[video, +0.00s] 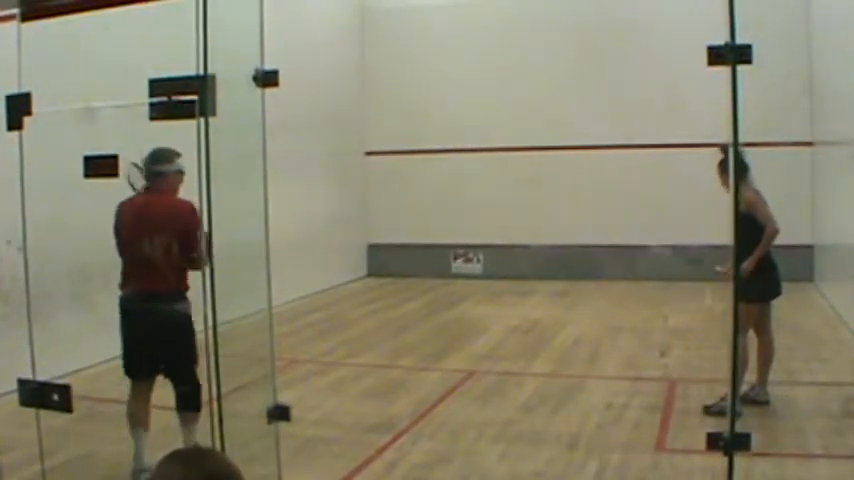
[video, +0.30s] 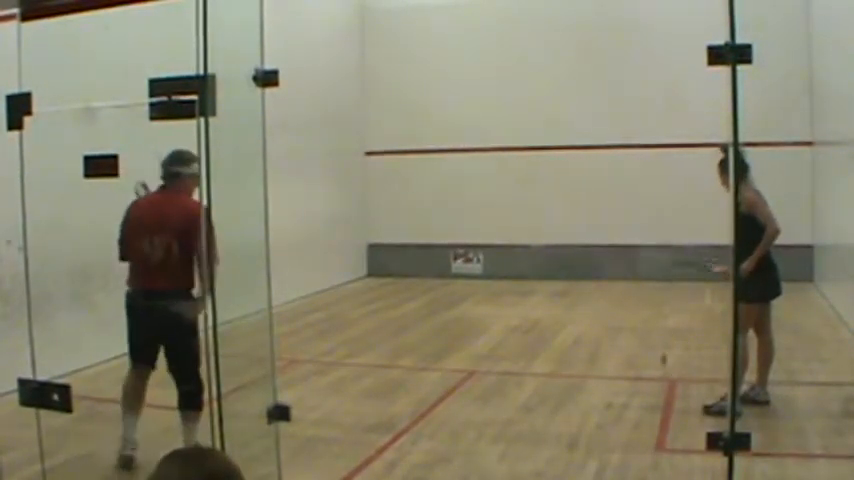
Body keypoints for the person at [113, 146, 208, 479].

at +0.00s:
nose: (181, 180)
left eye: (179, 175)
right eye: (179, 175)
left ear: (147, 176)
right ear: (175, 177)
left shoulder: (125, 209)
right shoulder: (185, 210)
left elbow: (126, 251)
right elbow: (197, 260)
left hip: (134, 307)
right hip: (174, 308)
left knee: (140, 384)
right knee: (185, 379)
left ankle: (139, 461)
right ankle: (192, 451)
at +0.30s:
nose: (197, 184)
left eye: (196, 179)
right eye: (195, 178)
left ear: (164, 176)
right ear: (188, 178)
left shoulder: (137, 208)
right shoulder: (194, 211)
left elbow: (123, 253)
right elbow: (207, 259)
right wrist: (204, 295)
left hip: (140, 302)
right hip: (179, 302)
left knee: (139, 368)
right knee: (188, 377)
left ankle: (127, 445)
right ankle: (191, 447)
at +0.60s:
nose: (180, 181)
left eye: (180, 175)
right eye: (177, 175)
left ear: (149, 175)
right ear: (165, 175)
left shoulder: (127, 210)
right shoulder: (173, 207)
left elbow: (120, 256)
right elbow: (183, 252)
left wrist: (150, 259)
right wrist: (197, 275)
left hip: (133, 300)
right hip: (169, 301)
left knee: (135, 372)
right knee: (183, 374)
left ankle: (127, 444)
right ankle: (190, 444)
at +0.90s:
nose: (168, 178)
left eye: (166, 173)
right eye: (165, 173)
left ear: (137, 176)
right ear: (159, 174)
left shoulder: (120, 209)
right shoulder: (161, 205)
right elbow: (169, 251)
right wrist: (190, 277)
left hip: (129, 302)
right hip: (163, 302)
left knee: (131, 373)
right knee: (181, 377)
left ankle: (127, 446)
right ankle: (189, 446)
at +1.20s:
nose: (179, 177)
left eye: (177, 171)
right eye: (175, 171)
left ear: (146, 174)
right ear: (164, 173)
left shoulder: (127, 210)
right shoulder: (172, 208)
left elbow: (122, 260)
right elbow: (184, 261)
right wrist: (201, 297)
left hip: (139, 300)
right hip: (173, 300)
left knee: (141, 370)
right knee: (185, 376)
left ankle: (129, 443)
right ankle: (190, 446)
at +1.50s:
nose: (172, 178)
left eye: (171, 172)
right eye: (169, 173)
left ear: (140, 176)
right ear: (159, 176)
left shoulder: (119, 209)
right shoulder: (170, 209)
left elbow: (110, 261)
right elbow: (186, 263)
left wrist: (115, 296)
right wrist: (200, 302)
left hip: (129, 302)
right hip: (165, 302)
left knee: (140, 371)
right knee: (182, 377)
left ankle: (134, 445)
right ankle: (187, 446)